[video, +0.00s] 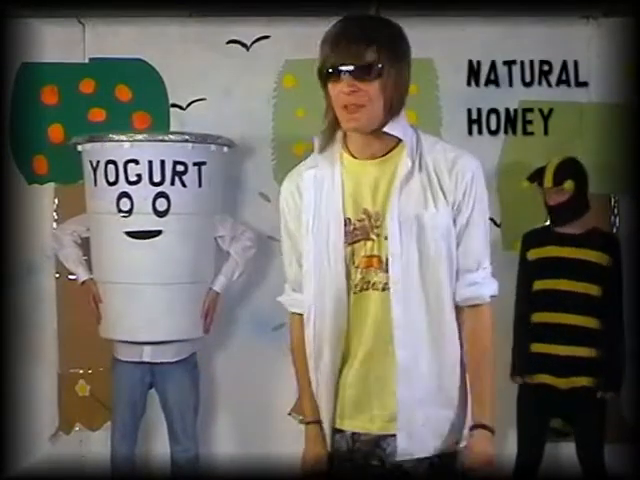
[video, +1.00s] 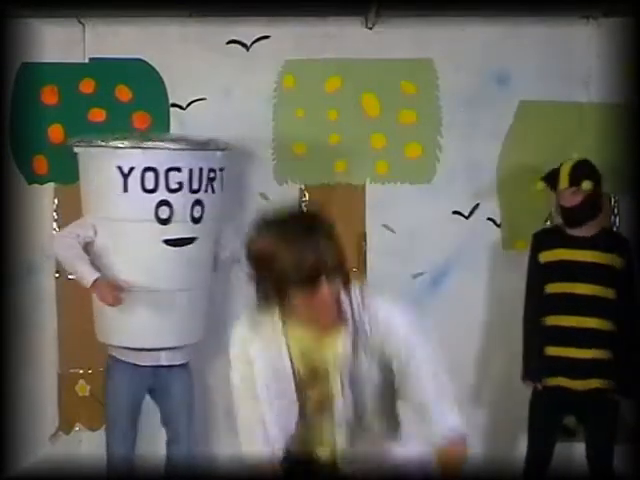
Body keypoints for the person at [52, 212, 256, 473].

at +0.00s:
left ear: (174, 197)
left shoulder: (195, 220)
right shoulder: (113, 220)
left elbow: (247, 240)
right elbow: (62, 234)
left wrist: (218, 288)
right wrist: (85, 278)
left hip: (177, 352)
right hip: (127, 352)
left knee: (185, 449)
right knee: (121, 450)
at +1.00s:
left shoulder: (190, 232)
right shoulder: (112, 222)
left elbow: (234, 248)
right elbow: (63, 241)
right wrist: (95, 281)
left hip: (175, 359)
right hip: (125, 359)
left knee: (184, 448)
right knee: (120, 452)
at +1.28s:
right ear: (161, 178)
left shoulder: (211, 219)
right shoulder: (137, 213)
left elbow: (254, 236)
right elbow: (100, 236)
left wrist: (300, 259)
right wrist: (123, 267)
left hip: (188, 355)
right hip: (143, 355)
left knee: (188, 455)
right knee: (153, 450)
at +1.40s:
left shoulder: (215, 217)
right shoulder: (149, 205)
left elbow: (250, 239)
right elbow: (119, 234)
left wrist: (299, 248)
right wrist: (143, 258)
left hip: (189, 351)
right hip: (148, 349)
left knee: (190, 455)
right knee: (166, 454)